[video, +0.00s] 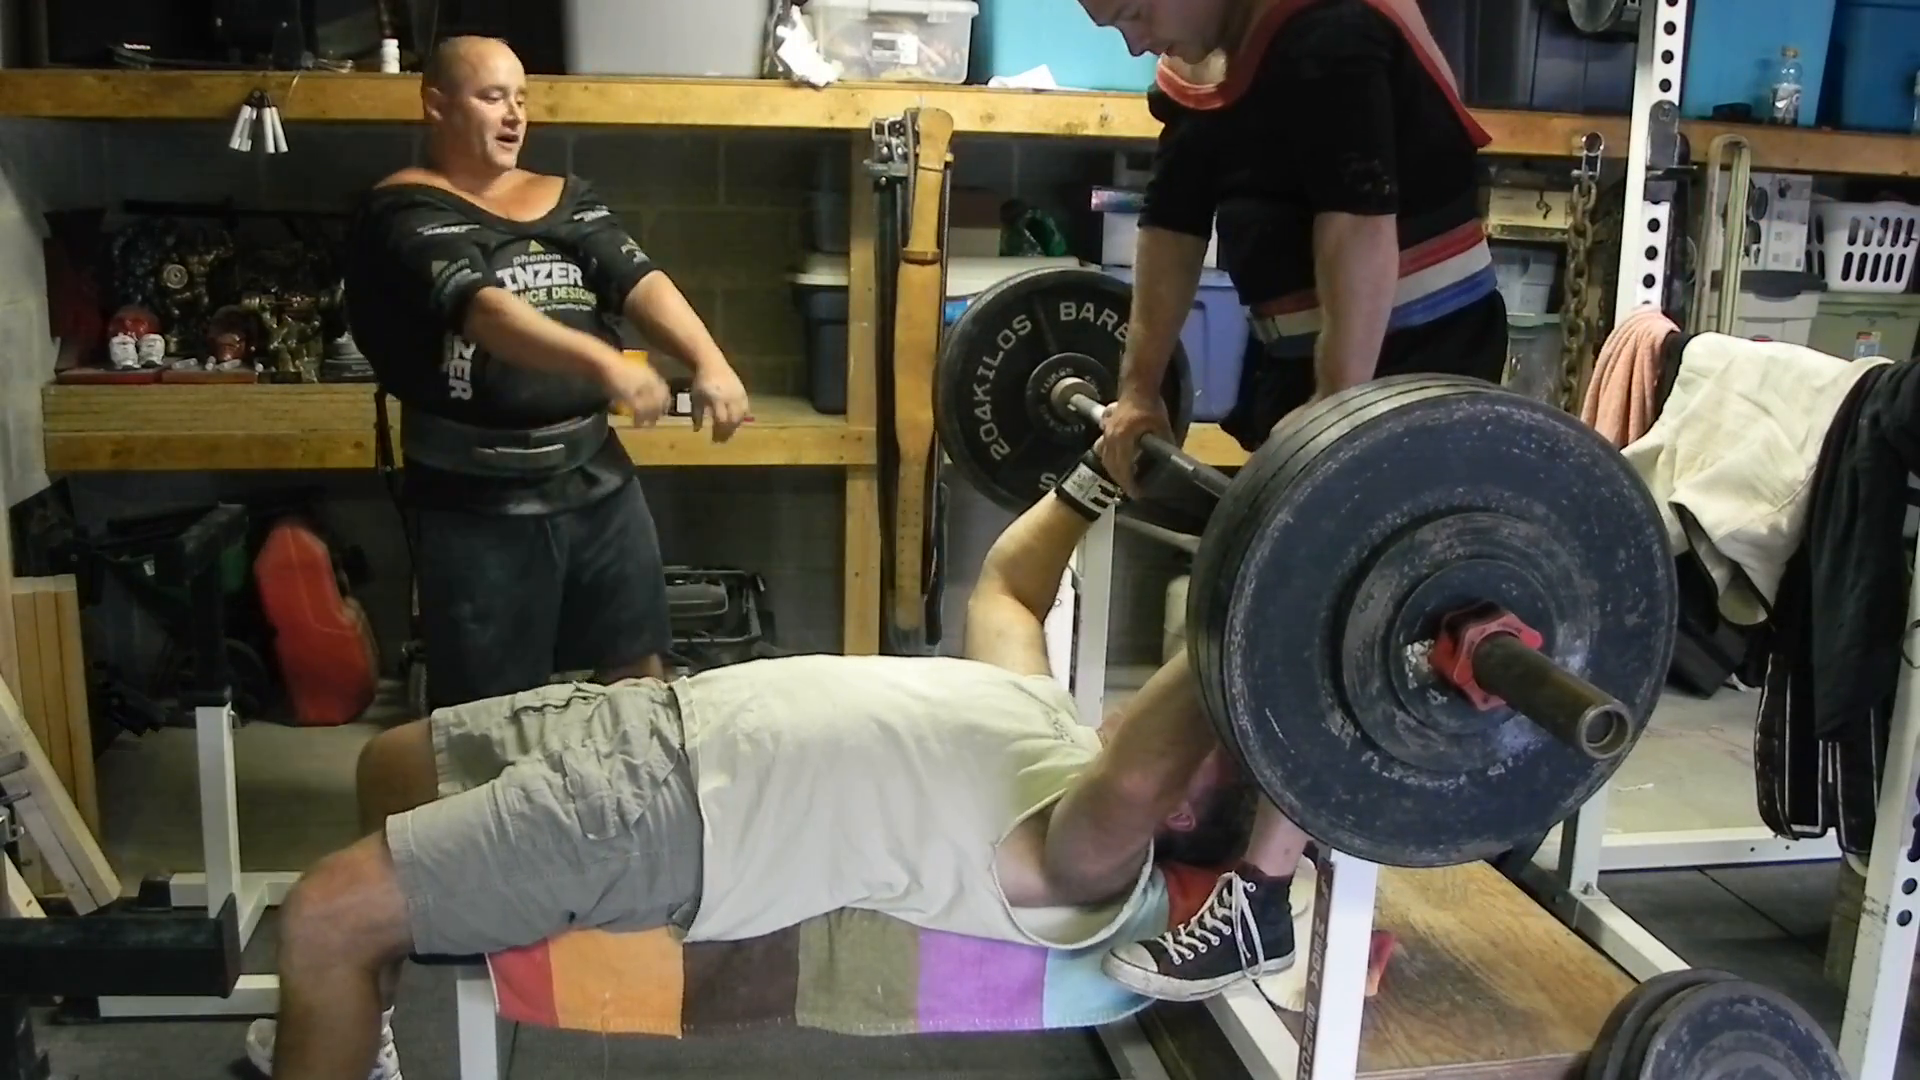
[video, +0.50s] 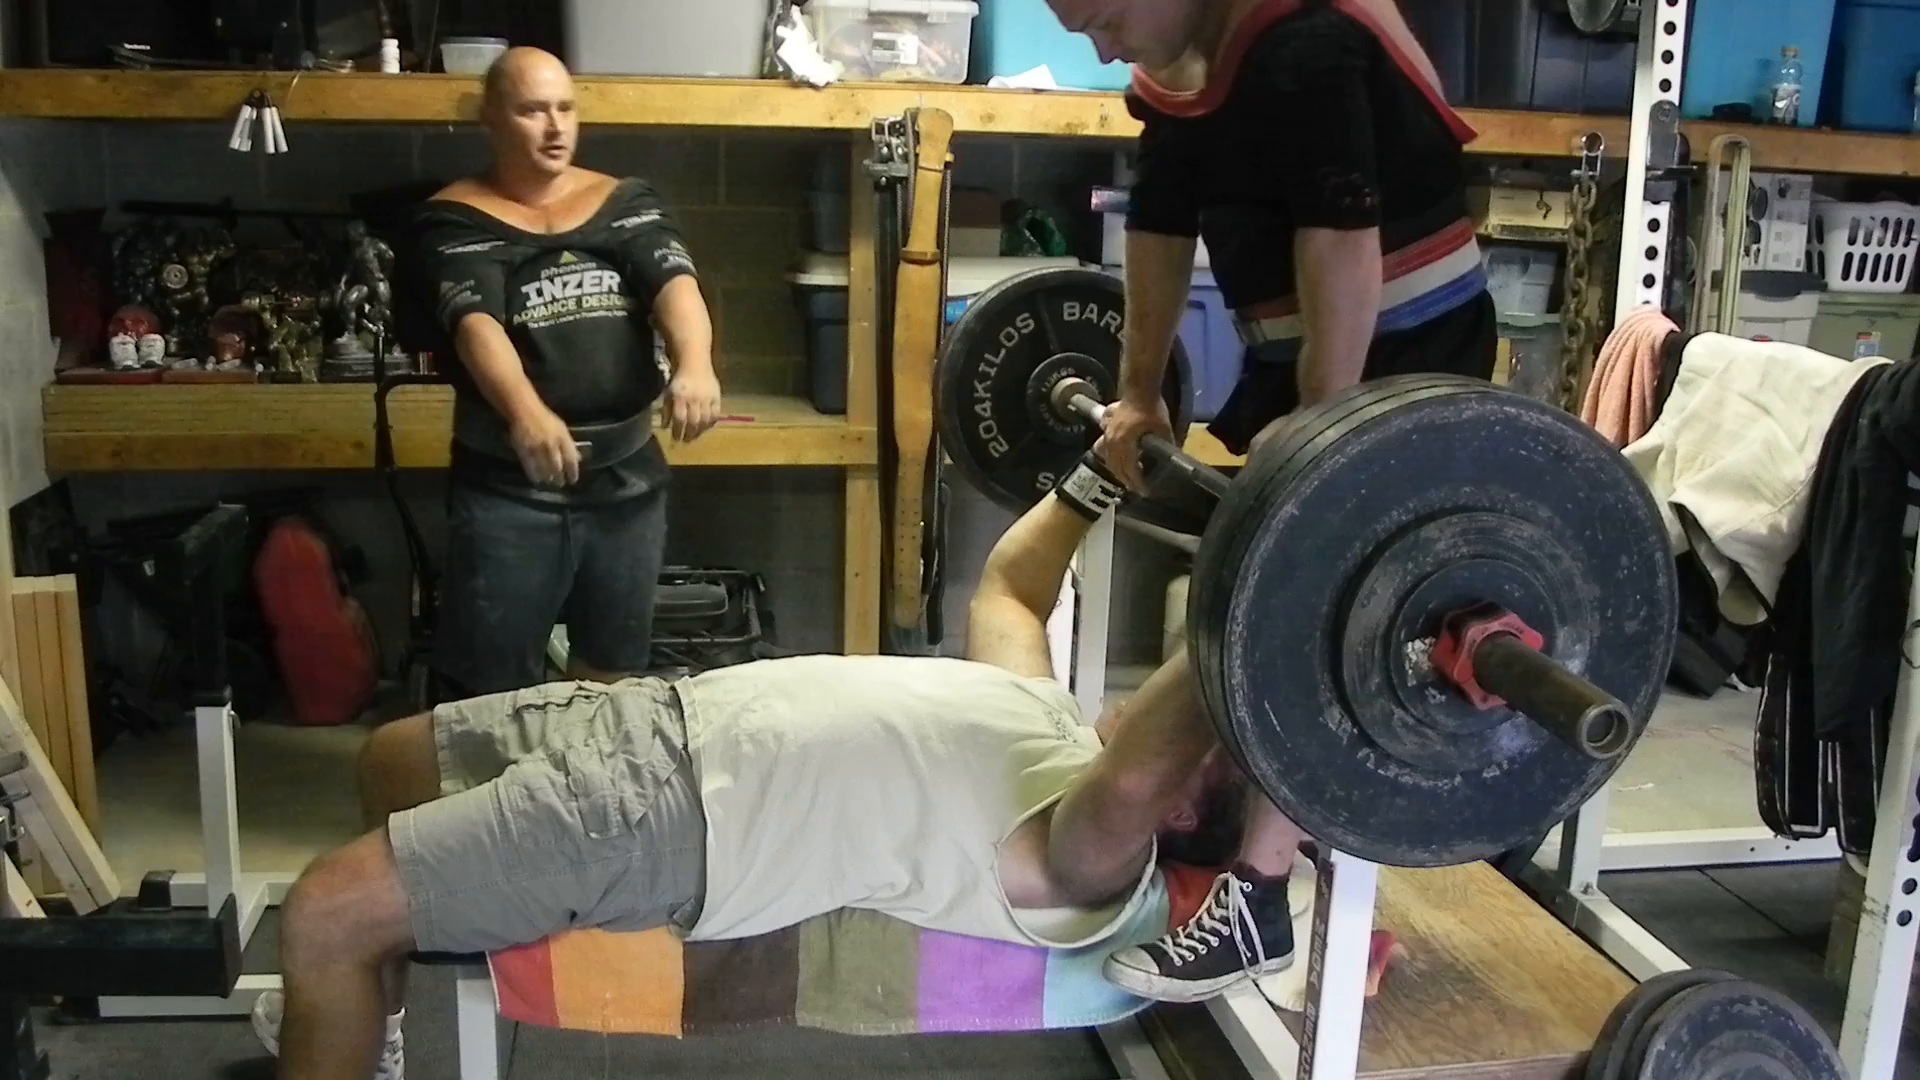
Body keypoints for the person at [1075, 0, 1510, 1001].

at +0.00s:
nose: (1130, 39)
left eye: (1130, 13)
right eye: (1117, 27)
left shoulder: (1336, 36)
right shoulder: (1197, 72)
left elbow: (1362, 236)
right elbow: (1172, 228)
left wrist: (1332, 458)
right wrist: (1138, 387)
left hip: (1420, 340)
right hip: (1294, 341)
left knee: (1331, 605)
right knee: (1240, 585)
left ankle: (1264, 887)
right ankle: (1214, 820)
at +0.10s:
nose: (1120, 36)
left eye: (1124, 14)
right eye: (1110, 25)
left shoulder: (1337, 39)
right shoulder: (1194, 68)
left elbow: (1364, 262)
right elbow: (1173, 229)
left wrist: (1332, 484)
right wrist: (1140, 387)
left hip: (1420, 340)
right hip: (1294, 337)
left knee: (1335, 603)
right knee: (1242, 578)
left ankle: (1264, 888)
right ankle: (1211, 809)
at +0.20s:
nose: (1122, 41)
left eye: (1121, 17)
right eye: (1108, 28)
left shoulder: (1335, 38)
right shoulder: (1192, 65)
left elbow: (1363, 254)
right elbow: (1172, 227)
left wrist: (1331, 479)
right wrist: (1140, 388)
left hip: (1420, 339)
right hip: (1293, 338)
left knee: (1334, 605)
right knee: (1236, 582)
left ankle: (1263, 886)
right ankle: (1205, 816)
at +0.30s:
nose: (1113, 38)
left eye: (1117, 15)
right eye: (1101, 26)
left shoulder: (1334, 42)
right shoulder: (1187, 74)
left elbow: (1359, 291)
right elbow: (1169, 240)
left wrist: (1324, 496)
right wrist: (1140, 390)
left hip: (1418, 341)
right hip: (1291, 341)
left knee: (1328, 603)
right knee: (1233, 579)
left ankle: (1262, 888)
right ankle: (1205, 814)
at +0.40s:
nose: (1102, 37)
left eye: (1107, 15)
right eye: (1090, 25)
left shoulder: (1324, 44)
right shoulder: (1179, 68)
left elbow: (1353, 290)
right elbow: (1166, 228)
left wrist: (1319, 486)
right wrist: (1140, 392)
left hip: (1414, 345)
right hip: (1289, 346)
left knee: (1322, 605)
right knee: (1235, 583)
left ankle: (1259, 890)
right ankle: (1201, 818)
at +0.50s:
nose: (1096, 45)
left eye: (1101, 22)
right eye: (1082, 32)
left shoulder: (1313, 45)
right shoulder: (1167, 65)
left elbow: (1348, 264)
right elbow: (1157, 227)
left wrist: (1317, 473)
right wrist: (1139, 392)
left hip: (1411, 345)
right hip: (1292, 345)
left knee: (1308, 601)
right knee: (1234, 577)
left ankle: (1254, 894)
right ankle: (1201, 830)